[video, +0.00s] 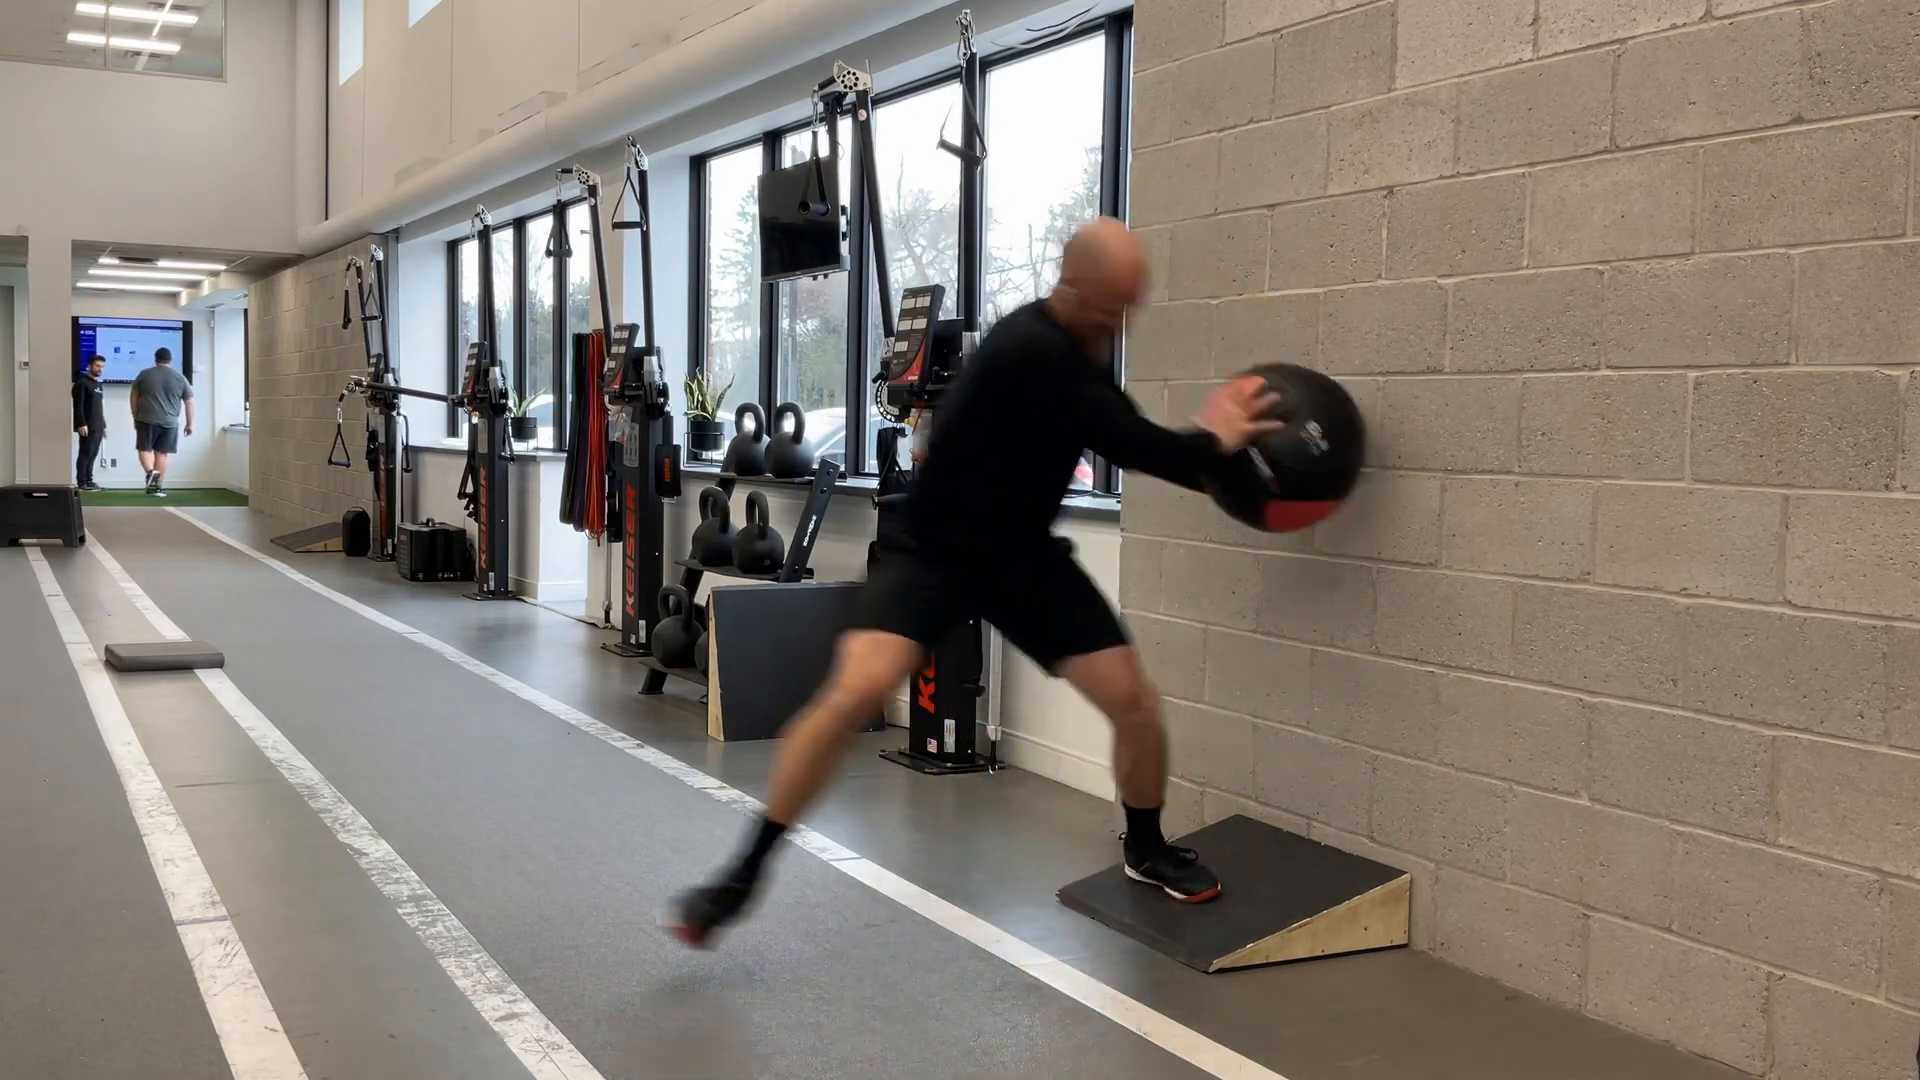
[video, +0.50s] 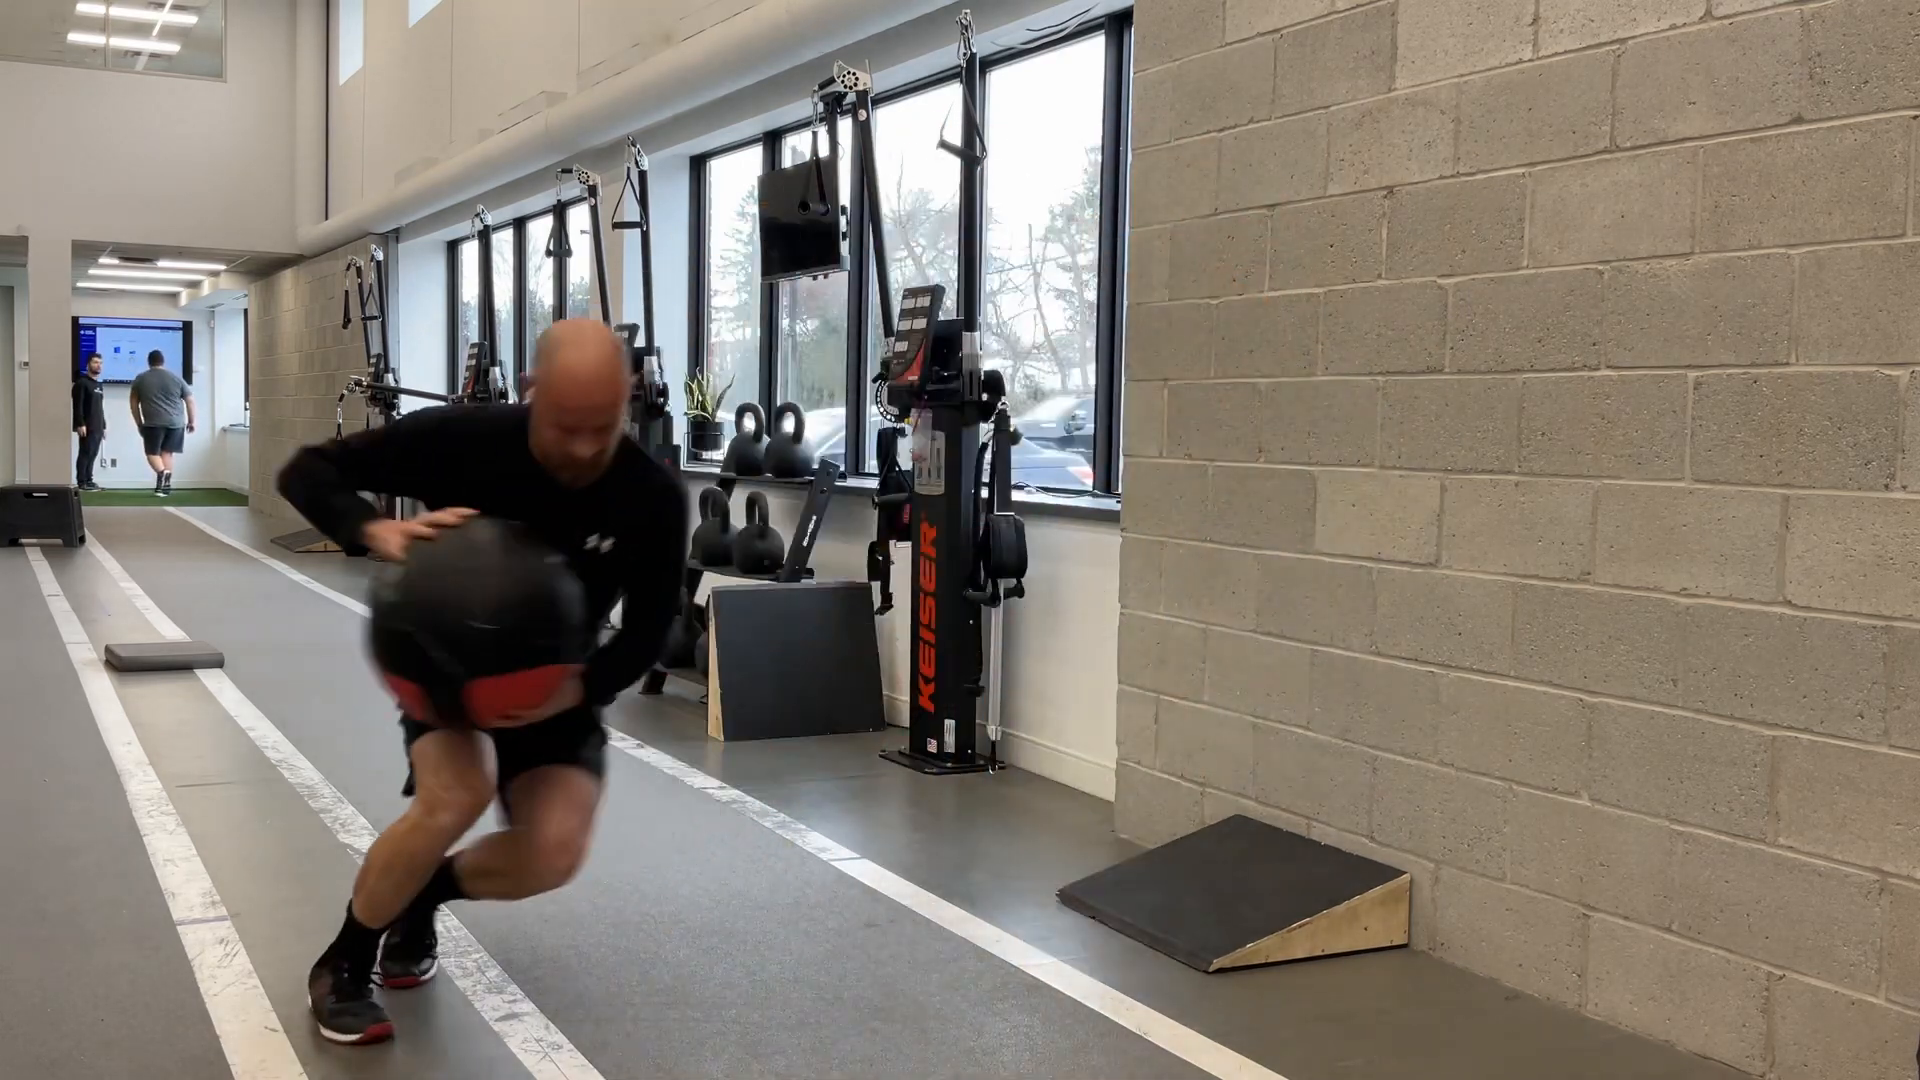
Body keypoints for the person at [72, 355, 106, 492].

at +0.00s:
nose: (100, 369)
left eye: (102, 367)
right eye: (97, 366)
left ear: (103, 368)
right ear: (90, 366)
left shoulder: (98, 384)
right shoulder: (81, 383)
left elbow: (99, 408)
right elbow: (78, 406)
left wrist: (103, 424)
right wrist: (81, 424)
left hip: (97, 425)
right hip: (87, 425)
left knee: (92, 455)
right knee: (85, 454)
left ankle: (89, 479)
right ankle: (82, 481)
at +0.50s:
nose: (98, 365)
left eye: (100, 363)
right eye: (95, 362)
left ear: (101, 365)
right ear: (88, 365)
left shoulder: (98, 385)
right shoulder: (81, 383)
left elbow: (99, 407)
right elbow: (78, 406)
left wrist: (103, 425)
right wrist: (80, 424)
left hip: (97, 425)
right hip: (87, 426)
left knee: (92, 454)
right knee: (85, 454)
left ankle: (89, 479)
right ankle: (82, 481)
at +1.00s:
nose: (99, 367)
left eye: (101, 364)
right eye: (96, 363)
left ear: (102, 367)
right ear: (89, 365)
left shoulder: (98, 385)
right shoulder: (81, 383)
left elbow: (99, 405)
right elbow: (78, 405)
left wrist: (104, 421)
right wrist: (81, 424)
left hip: (97, 424)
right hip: (87, 425)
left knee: (93, 454)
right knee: (85, 454)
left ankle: (89, 479)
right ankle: (82, 480)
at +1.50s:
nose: (96, 366)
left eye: (97, 363)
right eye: (93, 363)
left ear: (99, 365)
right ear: (86, 365)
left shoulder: (96, 384)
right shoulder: (80, 382)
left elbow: (96, 405)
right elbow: (78, 406)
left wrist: (106, 415)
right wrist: (87, 421)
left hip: (96, 423)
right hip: (86, 424)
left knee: (92, 453)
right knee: (86, 453)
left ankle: (89, 479)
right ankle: (82, 481)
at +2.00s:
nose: (95, 368)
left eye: (95, 365)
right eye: (92, 365)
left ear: (89, 367)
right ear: (85, 366)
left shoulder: (85, 383)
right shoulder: (78, 383)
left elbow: (85, 404)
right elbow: (79, 405)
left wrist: (100, 406)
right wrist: (98, 406)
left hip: (89, 423)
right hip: (82, 424)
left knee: (91, 450)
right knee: (83, 451)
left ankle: (89, 479)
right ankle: (82, 481)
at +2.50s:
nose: (81, 366)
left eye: (81, 363)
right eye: (79, 364)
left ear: (74, 367)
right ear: (74, 367)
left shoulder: (73, 383)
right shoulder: (75, 385)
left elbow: (79, 406)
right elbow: (81, 407)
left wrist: (91, 403)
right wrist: (94, 404)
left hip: (76, 425)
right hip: (79, 426)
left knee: (77, 455)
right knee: (78, 455)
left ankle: (81, 481)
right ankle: (81, 482)